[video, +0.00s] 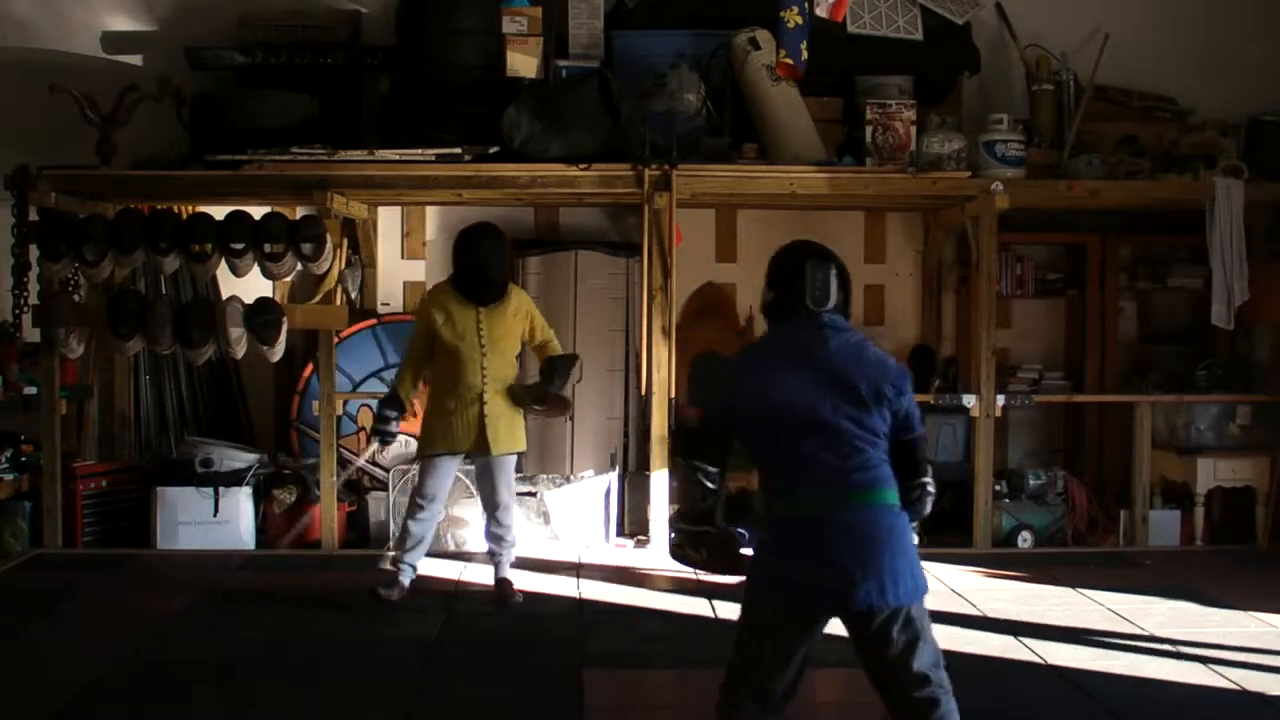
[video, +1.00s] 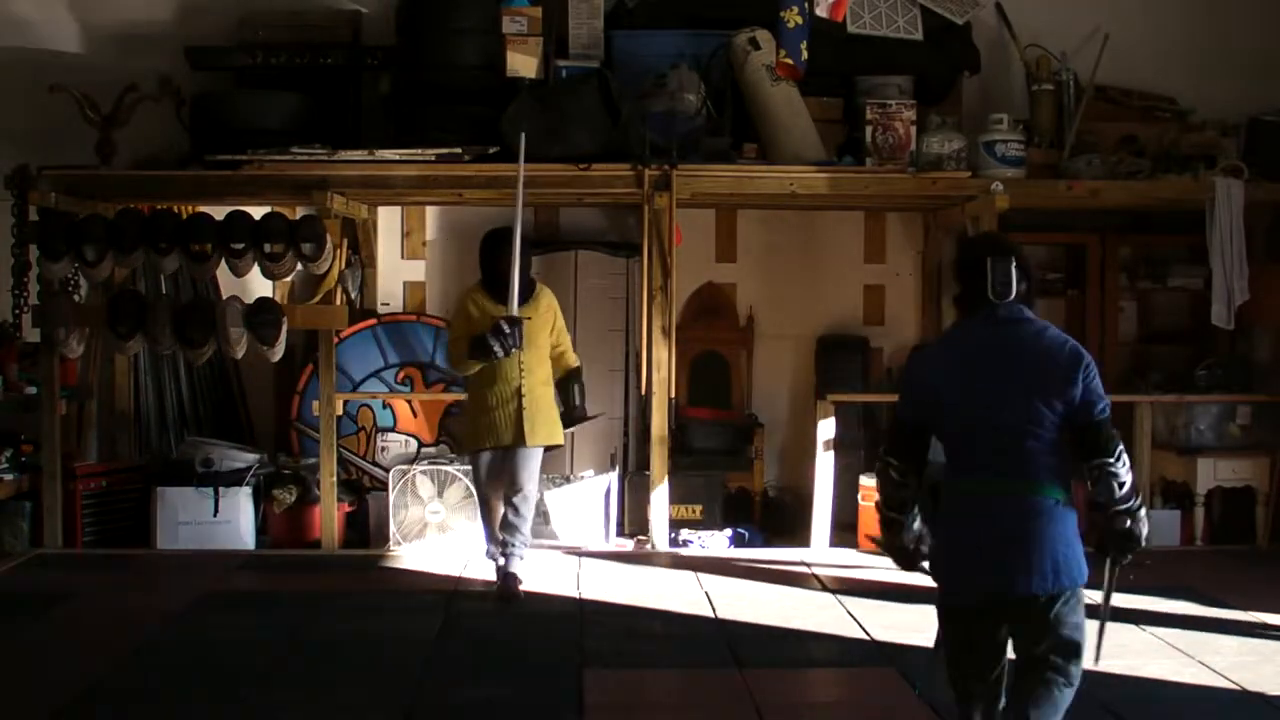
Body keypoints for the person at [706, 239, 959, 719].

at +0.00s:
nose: (765, 298)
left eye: (770, 289)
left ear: (772, 296)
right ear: (841, 296)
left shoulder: (749, 368)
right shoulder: (883, 370)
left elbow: (708, 458)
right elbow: (916, 482)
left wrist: (701, 523)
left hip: (791, 550)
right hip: (878, 546)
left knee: (752, 696)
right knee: (926, 694)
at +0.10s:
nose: (803, 309)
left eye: (808, 299)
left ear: (815, 306)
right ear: (883, 306)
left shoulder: (786, 377)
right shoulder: (928, 381)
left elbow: (735, 486)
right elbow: (952, 501)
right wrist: (905, 543)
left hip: (820, 564)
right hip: (910, 564)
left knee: (768, 703)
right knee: (947, 705)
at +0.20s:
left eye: (856, 297)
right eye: (907, 296)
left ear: (857, 303)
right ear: (919, 302)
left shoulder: (834, 373)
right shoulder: (955, 370)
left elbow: (787, 468)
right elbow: (987, 483)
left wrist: (778, 547)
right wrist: (966, 549)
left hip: (861, 557)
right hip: (944, 558)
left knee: (795, 701)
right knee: (977, 704)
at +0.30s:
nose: (881, 299)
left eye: (886, 290)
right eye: (887, 289)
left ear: (890, 295)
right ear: (949, 296)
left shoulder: (862, 364)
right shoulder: (996, 372)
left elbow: (823, 463)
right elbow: (1018, 489)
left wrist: (798, 523)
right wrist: (988, 538)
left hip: (886, 554)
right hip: (970, 555)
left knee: (834, 695)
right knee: (981, 701)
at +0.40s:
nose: (904, 291)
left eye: (909, 282)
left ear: (912, 288)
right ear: (976, 291)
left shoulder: (883, 360)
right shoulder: (1021, 368)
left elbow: (833, 461)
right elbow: (1043, 487)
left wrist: (811, 511)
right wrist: (1018, 544)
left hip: (901, 553)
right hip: (988, 553)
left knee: (879, 692)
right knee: (986, 700)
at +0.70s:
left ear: (945, 291)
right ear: (1011, 294)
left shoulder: (917, 364)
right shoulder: (1053, 370)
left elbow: (873, 461)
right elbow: (1079, 480)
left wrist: (841, 535)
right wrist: (1082, 551)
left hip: (937, 553)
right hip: (1019, 554)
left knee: (941, 692)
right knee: (1007, 694)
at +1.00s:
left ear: (961, 288)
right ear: (1025, 286)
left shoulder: (933, 359)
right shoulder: (1066, 356)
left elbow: (901, 460)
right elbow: (1105, 457)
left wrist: (902, 528)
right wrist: (1123, 519)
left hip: (963, 539)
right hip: (1041, 538)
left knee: (974, 675)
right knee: (1053, 663)